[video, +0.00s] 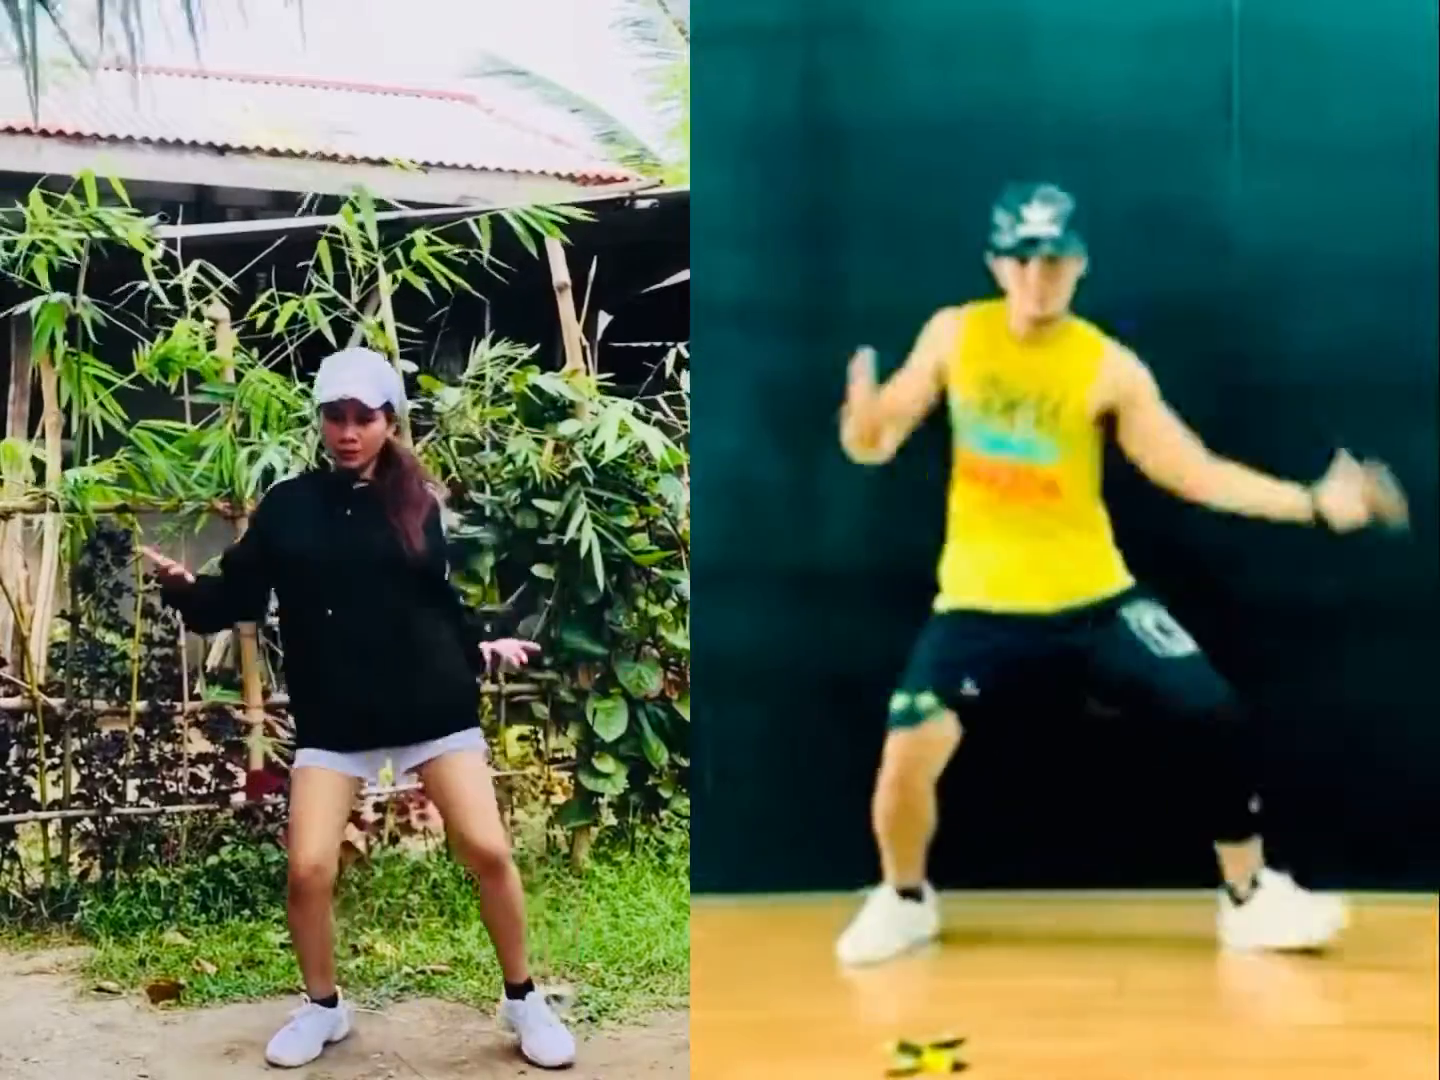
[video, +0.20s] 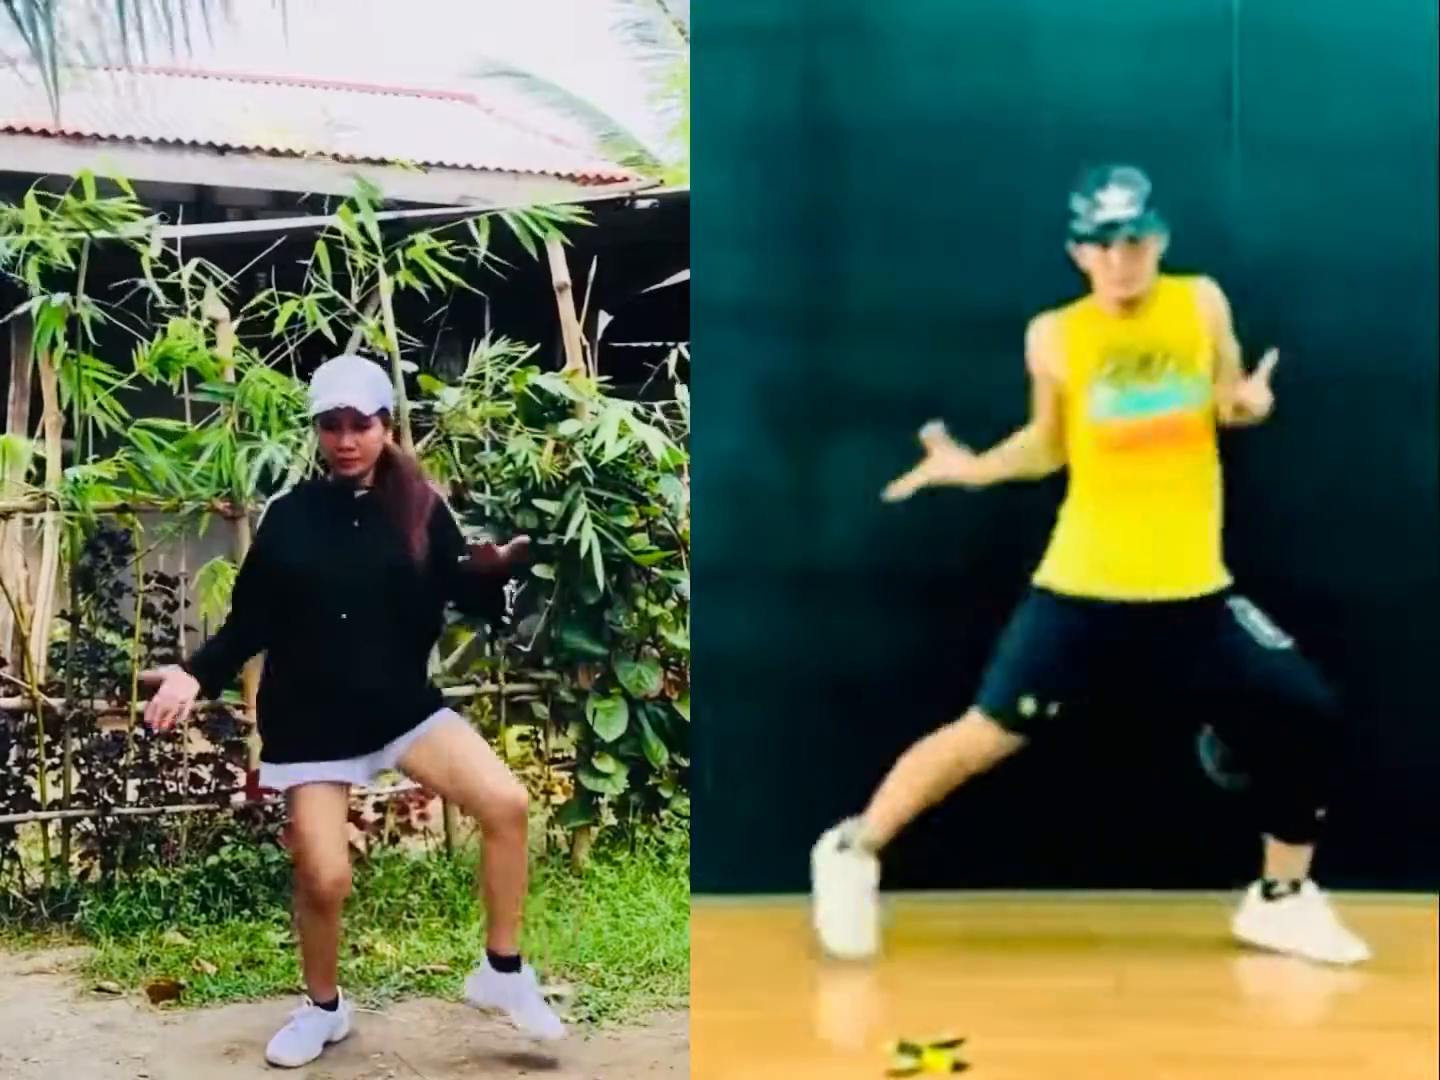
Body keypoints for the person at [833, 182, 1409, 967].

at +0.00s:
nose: (1038, 282)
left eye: (1054, 263)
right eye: (1022, 263)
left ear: (1077, 268)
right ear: (995, 265)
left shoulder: (1109, 370)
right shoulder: (953, 336)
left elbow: (1192, 471)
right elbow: (876, 441)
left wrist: (1313, 501)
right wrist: (861, 417)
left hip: (1093, 595)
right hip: (976, 600)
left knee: (1213, 715)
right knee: (907, 754)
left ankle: (1248, 895)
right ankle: (903, 900)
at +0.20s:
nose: (1121, 262)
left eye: (1135, 242)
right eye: (1104, 245)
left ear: (1160, 243)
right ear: (1079, 254)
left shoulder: (1203, 303)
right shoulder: (1055, 337)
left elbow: (1227, 395)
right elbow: (1047, 446)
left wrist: (1248, 400)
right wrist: (969, 468)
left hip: (1194, 588)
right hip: (1082, 589)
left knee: (1303, 710)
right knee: (990, 732)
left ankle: (1282, 894)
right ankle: (853, 850)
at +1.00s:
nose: (1152, 309)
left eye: (1152, 294)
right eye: (1136, 295)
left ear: (1147, 298)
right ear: (1086, 303)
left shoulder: (1166, 352)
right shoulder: (1016, 378)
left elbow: (1206, 436)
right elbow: (936, 485)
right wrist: (889, 476)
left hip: (1157, 605)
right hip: (1050, 611)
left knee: (1237, 760)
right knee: (978, 803)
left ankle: (1301, 893)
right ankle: (949, 896)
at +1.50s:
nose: (1085, 212)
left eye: (1101, 195)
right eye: (1071, 193)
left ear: (1120, 201)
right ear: (1038, 195)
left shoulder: (1135, 272)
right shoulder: (992, 265)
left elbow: (1135, 360)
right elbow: (962, 344)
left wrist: (1177, 339)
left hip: (1131, 514)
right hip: (1028, 540)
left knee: (1264, 568)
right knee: (990, 732)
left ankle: (1272, 757)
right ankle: (944, 883)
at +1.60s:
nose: (1099, 225)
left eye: (1114, 209)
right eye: (1084, 207)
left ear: (1135, 215)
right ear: (1053, 210)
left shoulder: (1155, 300)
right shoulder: (1012, 277)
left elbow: (1201, 397)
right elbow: (932, 365)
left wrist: (1275, 376)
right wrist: (950, 323)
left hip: (1159, 532)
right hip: (1049, 546)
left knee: (1266, 670)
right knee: (1001, 736)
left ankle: (1324, 841)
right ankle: (1004, 876)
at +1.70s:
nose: (1121, 278)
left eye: (1136, 262)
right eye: (1106, 261)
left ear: (1156, 271)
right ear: (1075, 268)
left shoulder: (1186, 368)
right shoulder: (1029, 341)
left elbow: (1289, 444)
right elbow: (927, 409)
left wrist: (1410, 469)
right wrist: (936, 369)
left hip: (1181, 595)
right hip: (1073, 601)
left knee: (1271, 738)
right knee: (1003, 756)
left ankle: (1313, 899)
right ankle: (1019, 894)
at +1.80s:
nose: (1164, 305)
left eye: (1179, 288)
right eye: (1148, 287)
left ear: (1204, 292)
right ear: (1122, 294)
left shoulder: (1237, 355)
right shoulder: (1086, 367)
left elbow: (1299, 452)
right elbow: (991, 451)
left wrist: (1379, 485)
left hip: (1214, 612)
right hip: (1103, 613)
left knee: (1305, 741)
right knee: (1052, 781)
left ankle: (1318, 900)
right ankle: (990, 891)